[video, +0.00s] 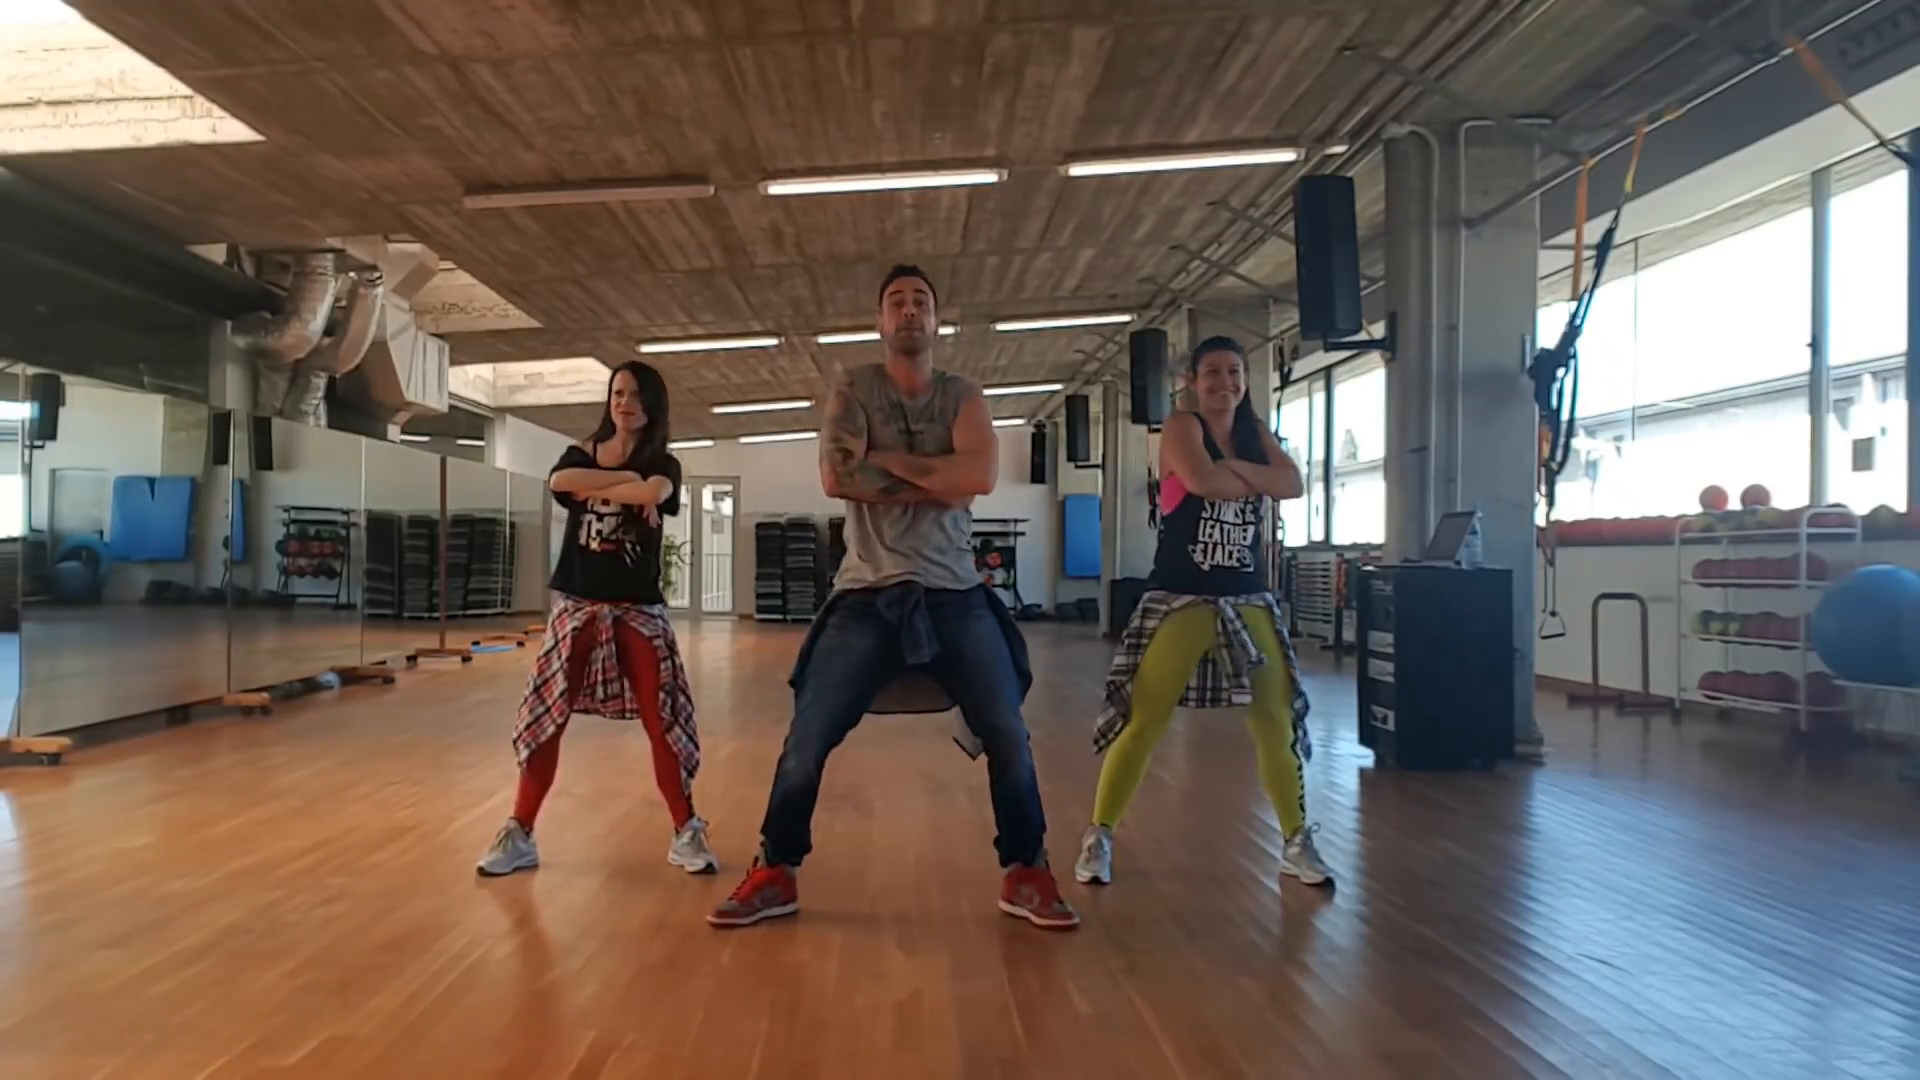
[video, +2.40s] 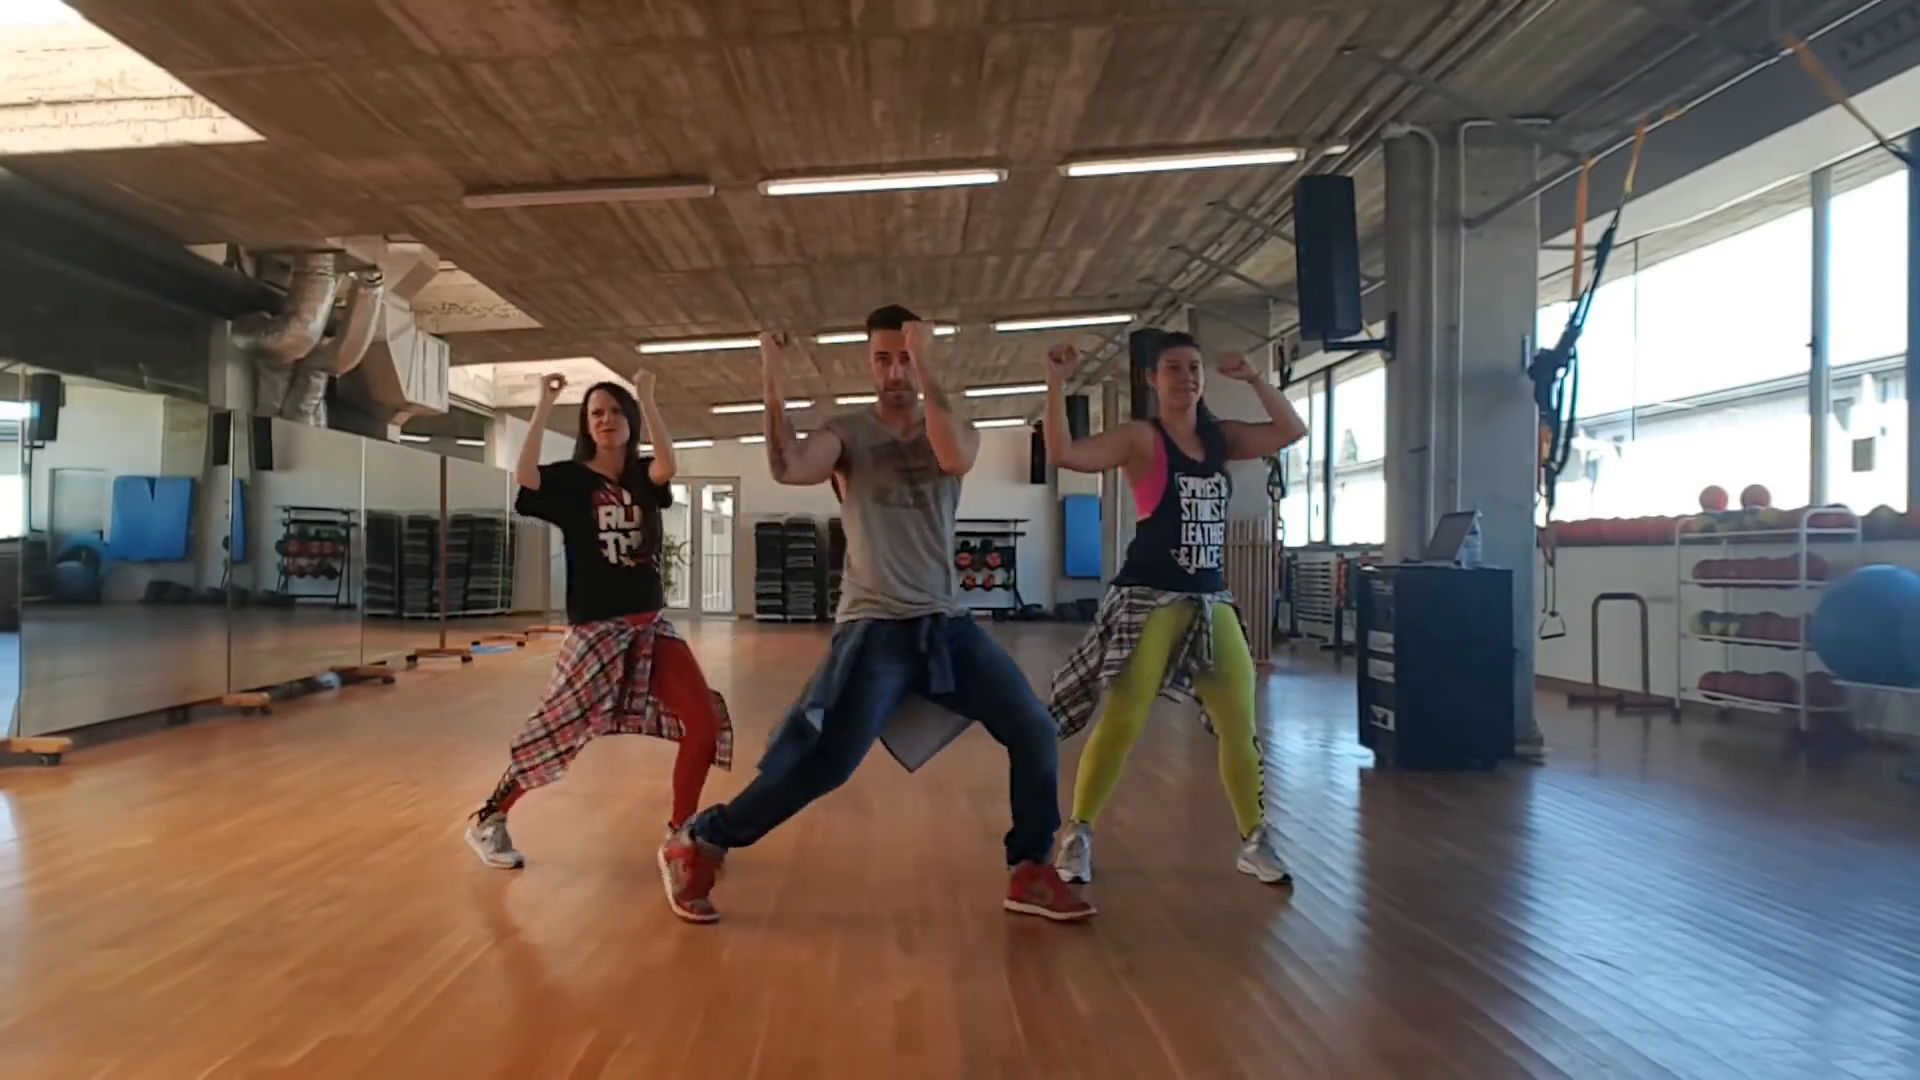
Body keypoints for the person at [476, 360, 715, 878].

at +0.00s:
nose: (624, 403)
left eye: (633, 395)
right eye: (617, 394)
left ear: (652, 404)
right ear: (608, 400)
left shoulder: (663, 463)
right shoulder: (584, 451)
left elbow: (651, 495)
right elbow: (559, 482)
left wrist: (589, 488)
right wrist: (633, 479)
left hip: (639, 605)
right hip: (576, 602)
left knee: (661, 719)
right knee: (547, 714)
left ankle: (687, 831)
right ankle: (520, 834)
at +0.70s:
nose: (609, 391)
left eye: (618, 383)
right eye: (600, 386)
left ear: (637, 396)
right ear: (590, 400)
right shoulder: (569, 458)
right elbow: (515, 494)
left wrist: (618, 545)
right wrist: (567, 499)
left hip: (641, 606)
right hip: (578, 607)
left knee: (670, 724)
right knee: (540, 716)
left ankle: (686, 833)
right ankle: (518, 834)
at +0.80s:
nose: (620, 389)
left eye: (628, 381)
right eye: (611, 384)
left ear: (648, 390)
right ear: (601, 397)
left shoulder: (665, 449)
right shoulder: (577, 450)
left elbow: (695, 464)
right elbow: (513, 452)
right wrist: (501, 452)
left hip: (659, 600)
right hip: (596, 601)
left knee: (676, 722)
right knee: (559, 714)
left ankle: (687, 832)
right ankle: (527, 831)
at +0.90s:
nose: (630, 392)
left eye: (638, 383)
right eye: (620, 387)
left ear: (656, 391)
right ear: (611, 400)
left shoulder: (677, 451)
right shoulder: (591, 454)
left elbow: (715, 438)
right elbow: (525, 450)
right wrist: (492, 398)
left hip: (673, 600)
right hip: (613, 598)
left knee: (686, 719)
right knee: (588, 709)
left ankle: (687, 831)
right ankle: (584, 812)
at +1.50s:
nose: (592, 423)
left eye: (600, 415)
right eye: (584, 417)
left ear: (620, 423)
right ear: (574, 428)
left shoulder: (631, 481)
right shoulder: (563, 480)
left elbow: (654, 491)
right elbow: (521, 491)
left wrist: (653, 417)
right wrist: (529, 425)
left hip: (626, 628)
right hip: (569, 629)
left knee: (656, 729)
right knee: (516, 720)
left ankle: (696, 831)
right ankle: (527, 832)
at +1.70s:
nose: (565, 404)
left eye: (575, 397)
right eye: (558, 397)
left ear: (594, 409)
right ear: (547, 410)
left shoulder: (603, 463)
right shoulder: (532, 458)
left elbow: (636, 468)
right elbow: (489, 461)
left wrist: (630, 398)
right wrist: (509, 393)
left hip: (591, 606)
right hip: (532, 606)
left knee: (623, 708)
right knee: (503, 725)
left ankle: (661, 818)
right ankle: (525, 829)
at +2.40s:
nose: (607, 420)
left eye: (615, 412)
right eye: (597, 413)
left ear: (631, 422)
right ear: (585, 425)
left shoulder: (645, 479)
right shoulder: (569, 480)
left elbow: (666, 465)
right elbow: (525, 476)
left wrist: (647, 402)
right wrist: (544, 405)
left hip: (651, 626)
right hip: (595, 631)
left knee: (703, 722)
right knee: (559, 732)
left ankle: (681, 837)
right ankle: (490, 817)